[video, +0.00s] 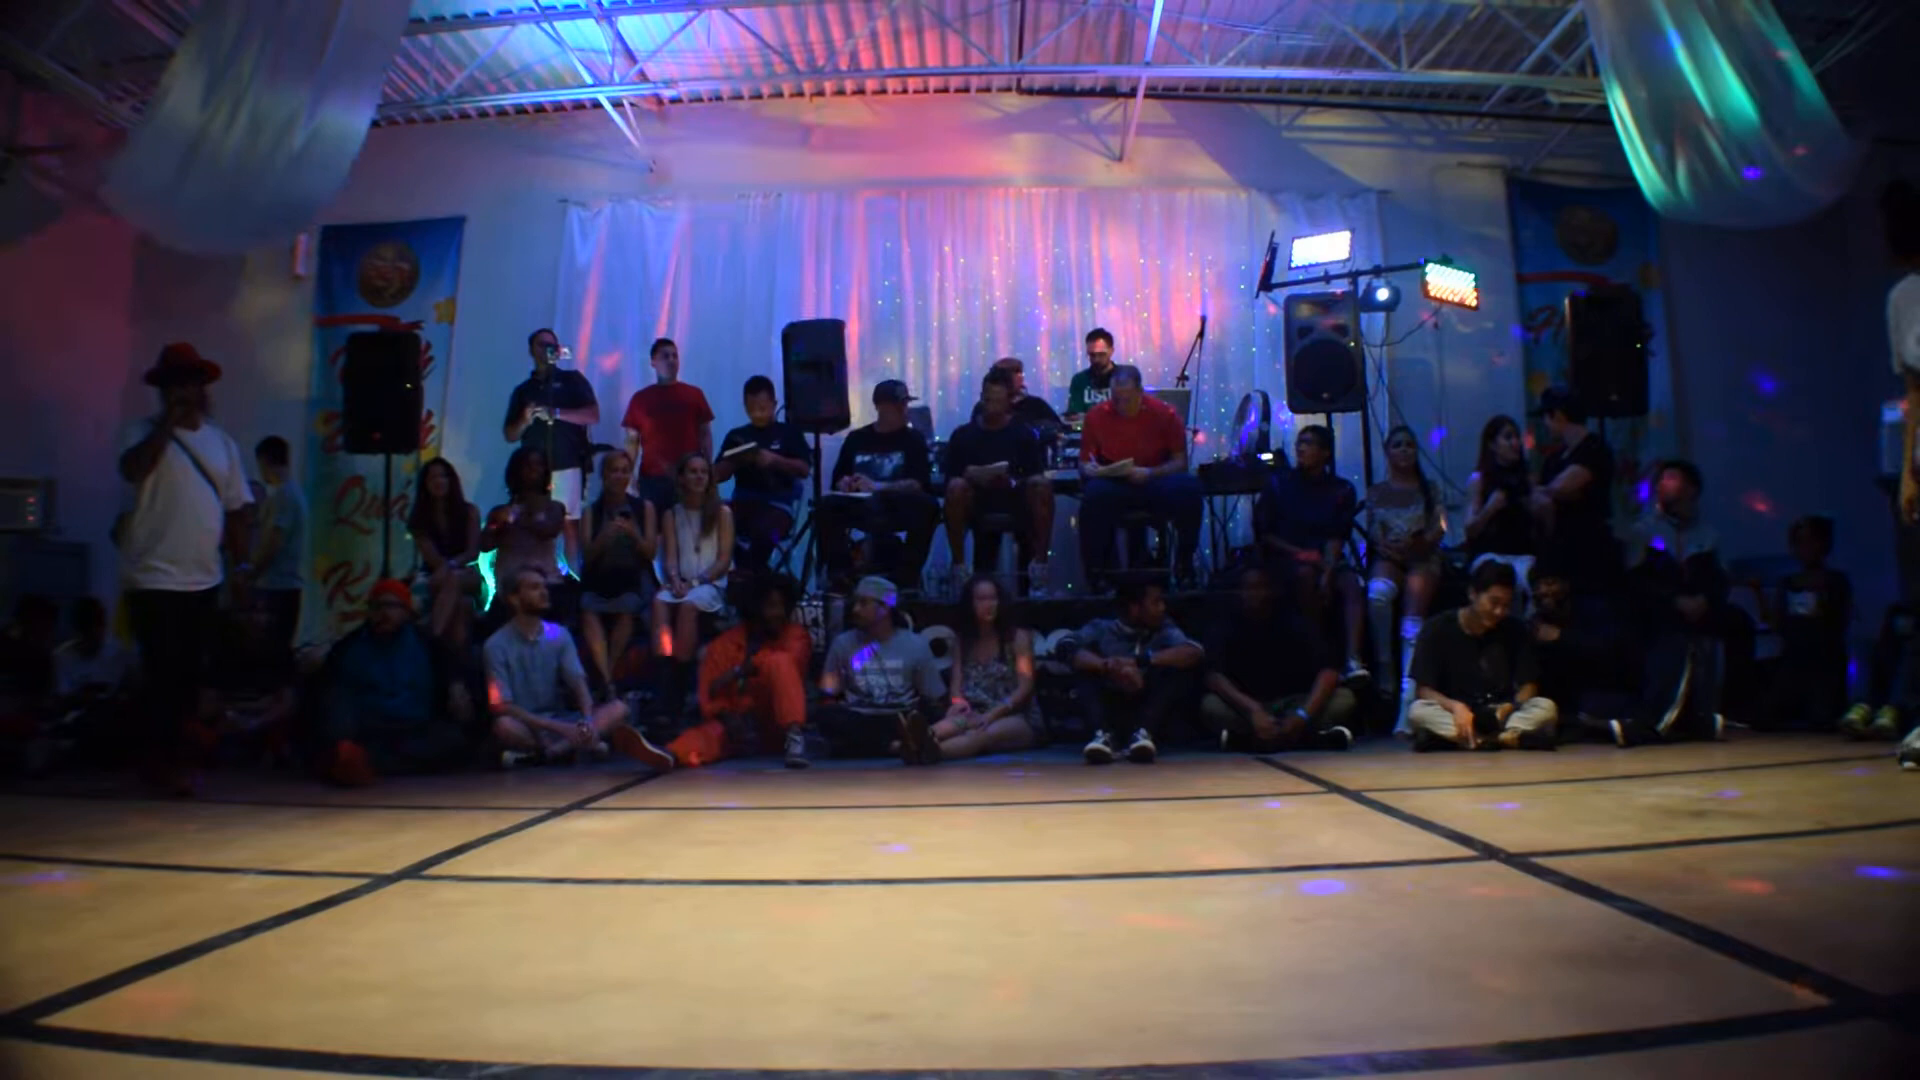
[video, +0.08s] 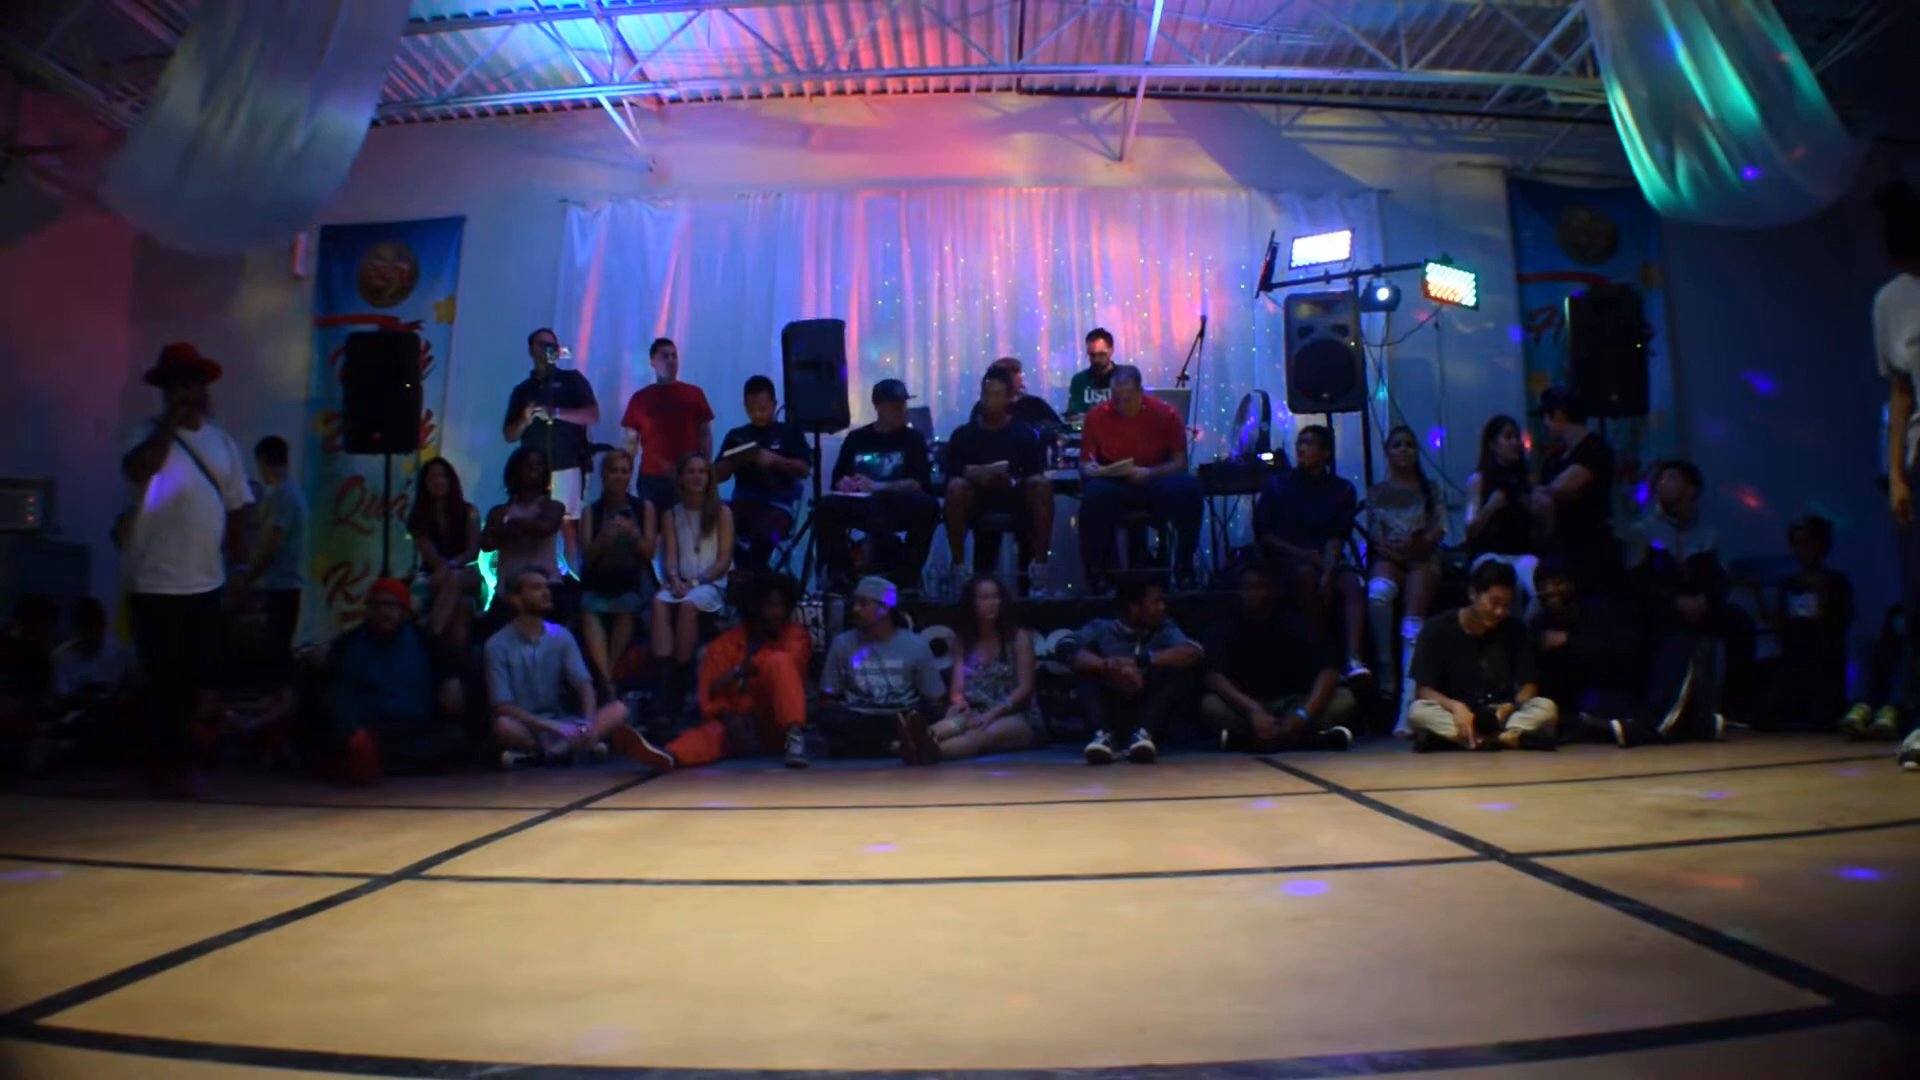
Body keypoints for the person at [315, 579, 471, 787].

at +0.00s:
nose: (384, 614)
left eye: (392, 606)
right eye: (378, 606)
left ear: (406, 611)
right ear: (369, 610)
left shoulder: (424, 645)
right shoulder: (351, 646)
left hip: (416, 722)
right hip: (365, 723)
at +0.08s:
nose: (383, 613)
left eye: (390, 605)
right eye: (377, 605)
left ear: (404, 611)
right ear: (369, 609)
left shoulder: (422, 643)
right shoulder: (349, 644)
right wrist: (352, 730)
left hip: (419, 720)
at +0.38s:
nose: (376, 612)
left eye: (384, 605)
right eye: (371, 605)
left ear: (398, 609)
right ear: (363, 608)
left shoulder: (415, 640)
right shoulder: (352, 638)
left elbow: (436, 681)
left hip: (406, 714)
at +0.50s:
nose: (365, 614)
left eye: (373, 607)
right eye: (361, 606)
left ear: (389, 612)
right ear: (354, 609)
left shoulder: (410, 642)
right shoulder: (345, 641)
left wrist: (435, 697)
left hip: (404, 717)